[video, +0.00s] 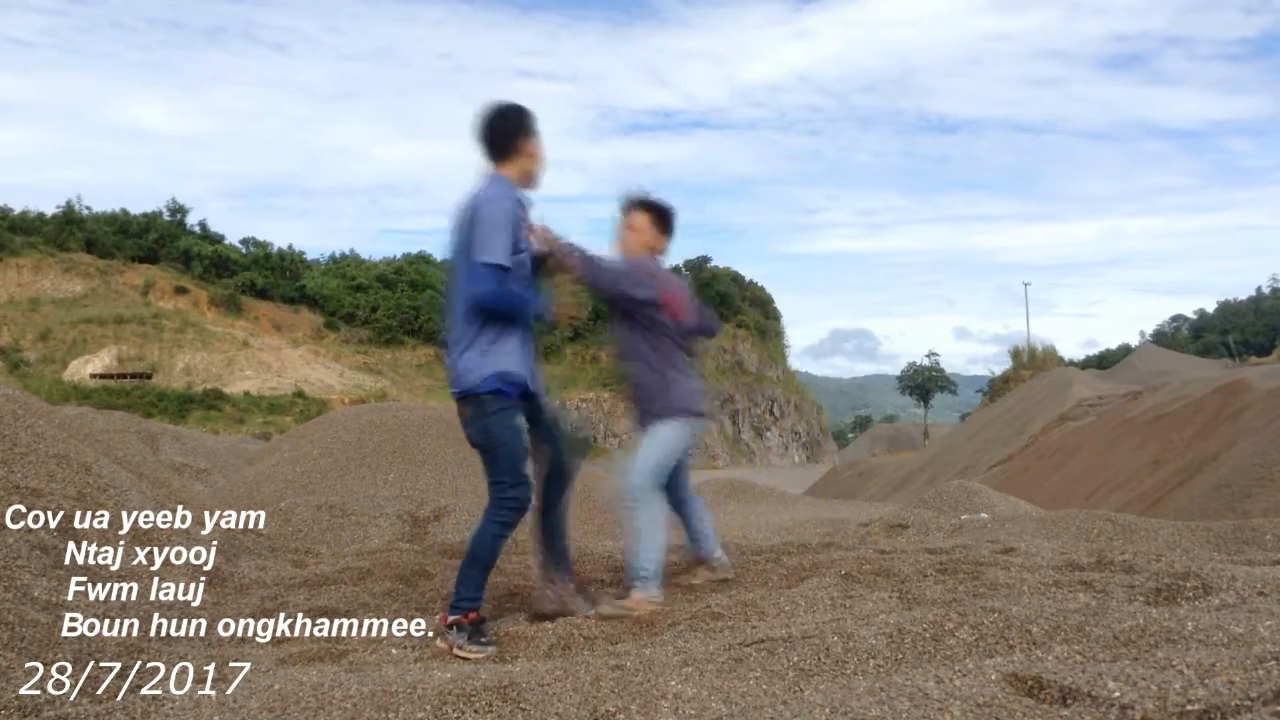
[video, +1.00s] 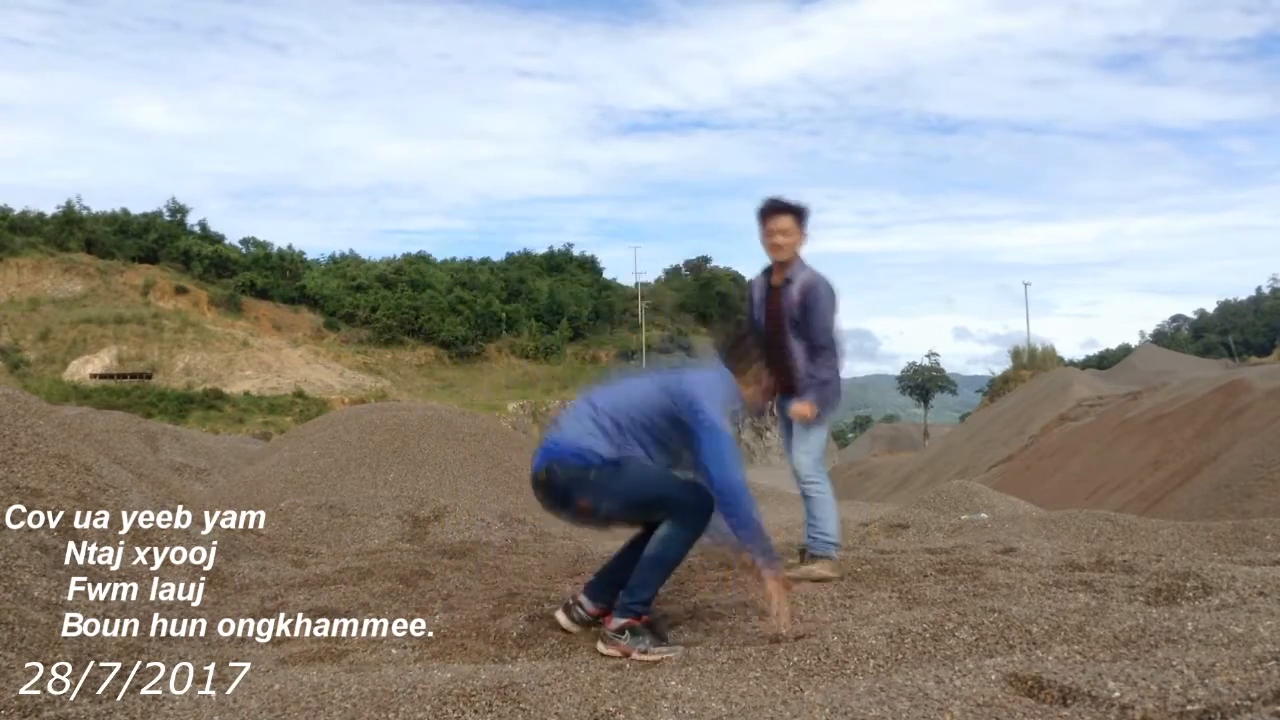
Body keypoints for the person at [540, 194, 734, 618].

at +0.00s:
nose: (624, 236)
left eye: (634, 230)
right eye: (625, 228)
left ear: (658, 239)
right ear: (633, 233)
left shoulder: (646, 275)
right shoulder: (671, 283)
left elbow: (600, 274)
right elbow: (705, 323)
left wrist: (554, 245)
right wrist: (670, 329)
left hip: (672, 412)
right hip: (675, 410)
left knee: (641, 482)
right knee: (678, 488)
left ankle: (645, 588)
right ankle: (712, 557)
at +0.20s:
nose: (629, 193)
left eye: (641, 187)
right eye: (626, 184)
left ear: (664, 200)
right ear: (619, 189)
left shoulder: (660, 243)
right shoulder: (609, 231)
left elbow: (612, 275)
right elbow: (571, 233)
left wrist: (556, 253)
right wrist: (550, 205)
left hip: (655, 376)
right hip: (622, 373)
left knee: (637, 481)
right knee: (637, 473)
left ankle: (641, 594)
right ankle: (674, 550)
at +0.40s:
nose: (701, 241)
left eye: (714, 237)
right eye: (698, 230)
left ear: (731, 251)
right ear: (688, 231)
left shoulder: (717, 305)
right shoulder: (657, 247)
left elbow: (666, 332)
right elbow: (603, 209)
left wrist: (614, 306)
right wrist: (585, 256)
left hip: (663, 402)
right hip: (615, 392)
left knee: (647, 494)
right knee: (601, 485)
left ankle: (639, 591)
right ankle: (644, 549)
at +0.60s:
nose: (732, 239)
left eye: (741, 232)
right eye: (724, 230)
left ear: (755, 237)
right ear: (710, 234)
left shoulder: (767, 301)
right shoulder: (686, 279)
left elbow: (773, 358)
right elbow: (682, 338)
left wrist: (777, 386)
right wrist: (719, 373)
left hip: (724, 409)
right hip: (671, 399)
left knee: (692, 493)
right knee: (668, 489)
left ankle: (663, 581)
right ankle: (718, 566)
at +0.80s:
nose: (788, 233)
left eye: (796, 224)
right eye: (779, 225)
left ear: (811, 229)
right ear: (768, 231)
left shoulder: (827, 286)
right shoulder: (750, 279)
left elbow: (846, 349)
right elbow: (739, 330)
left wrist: (820, 383)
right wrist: (728, 354)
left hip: (808, 398)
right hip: (758, 396)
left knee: (816, 477)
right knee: (753, 477)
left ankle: (826, 551)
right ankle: (753, 557)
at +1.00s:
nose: (777, 240)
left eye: (785, 233)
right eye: (770, 233)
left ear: (801, 236)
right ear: (761, 237)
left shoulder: (813, 286)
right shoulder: (759, 286)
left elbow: (825, 350)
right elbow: (757, 341)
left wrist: (813, 397)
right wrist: (759, 384)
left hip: (814, 389)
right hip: (785, 390)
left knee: (807, 467)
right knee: (802, 469)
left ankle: (825, 552)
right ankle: (814, 546)